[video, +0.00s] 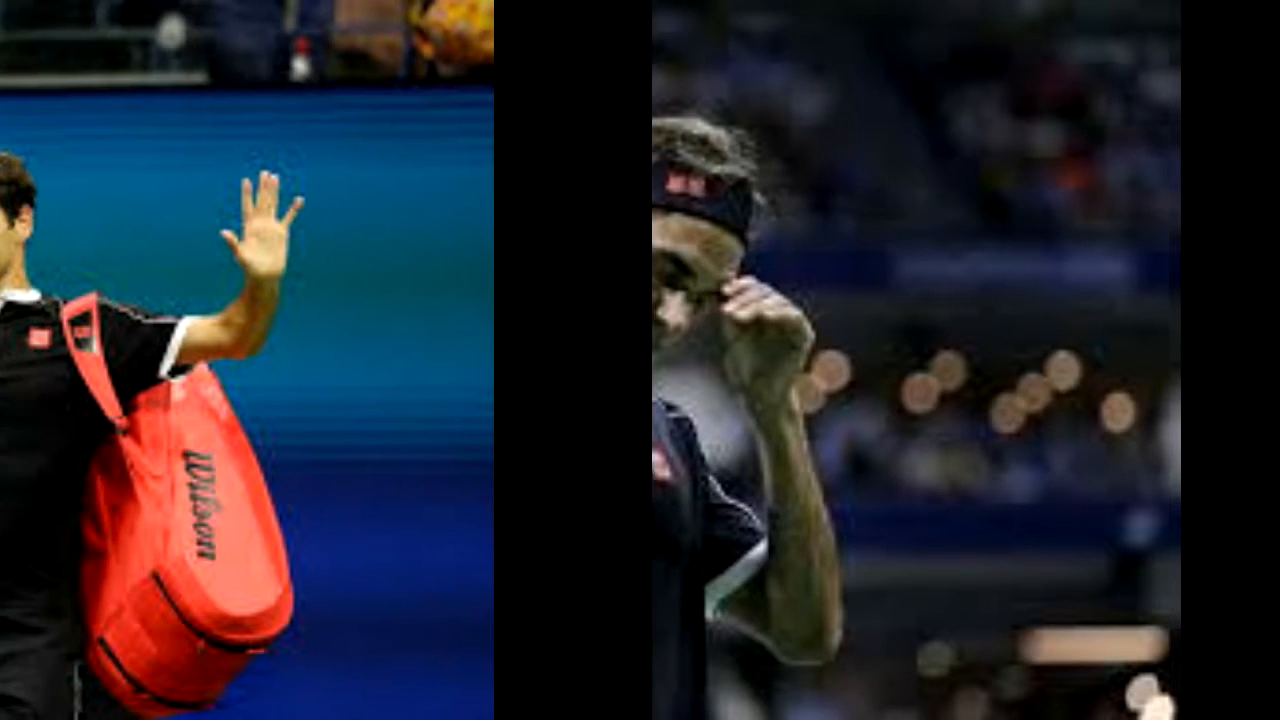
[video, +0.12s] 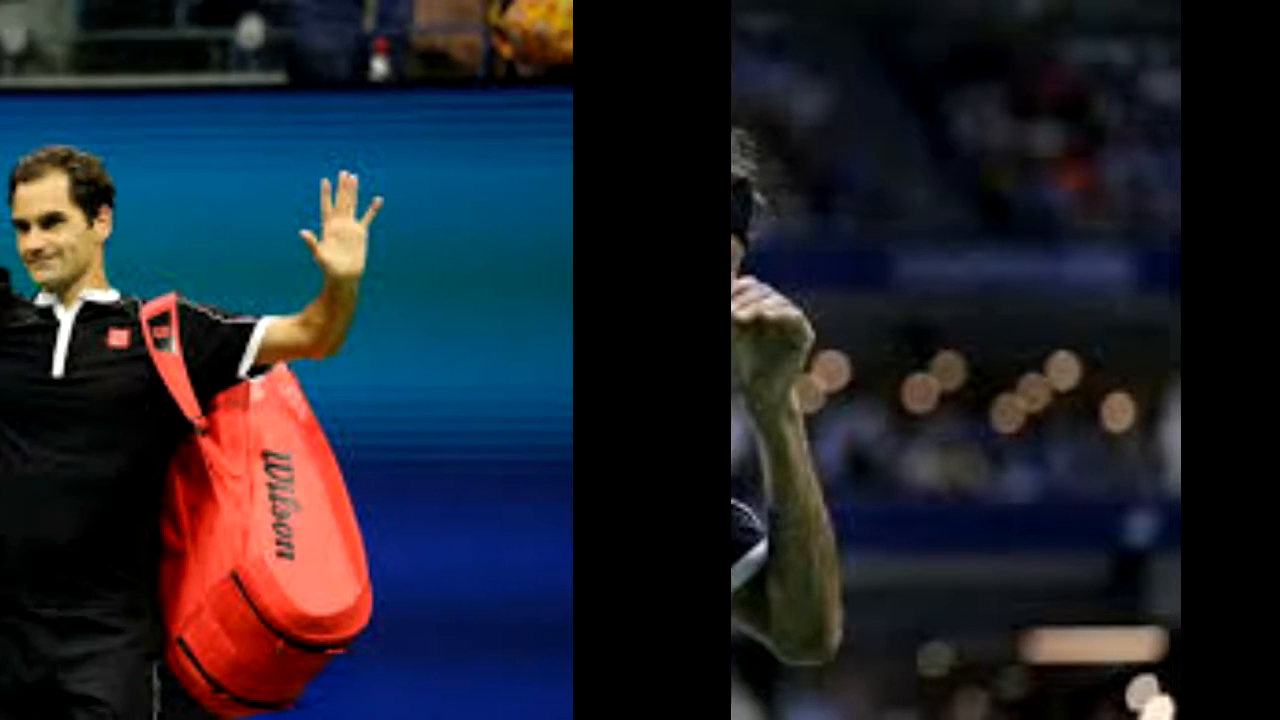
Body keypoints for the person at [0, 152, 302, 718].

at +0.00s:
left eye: (2, 215)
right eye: (3, 215)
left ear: (23, 221)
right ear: (20, 221)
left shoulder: (77, 332)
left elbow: (233, 335)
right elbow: (233, 334)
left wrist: (263, 283)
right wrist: (264, 283)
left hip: (31, 622)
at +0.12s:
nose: (33, 242)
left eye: (51, 223)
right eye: (22, 228)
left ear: (100, 223)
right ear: (13, 235)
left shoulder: (160, 329)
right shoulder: (8, 328)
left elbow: (313, 337)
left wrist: (341, 283)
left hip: (107, 623)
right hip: (9, 617)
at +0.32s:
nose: (165, 243)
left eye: (182, 223)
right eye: (153, 228)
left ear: (231, 223)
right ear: (143, 235)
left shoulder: (295, 330)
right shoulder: (111, 317)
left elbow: (445, 337)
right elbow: (5, 259)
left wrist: (473, 282)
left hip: (239, 626)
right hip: (129, 622)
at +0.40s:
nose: (218, 242)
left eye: (236, 222)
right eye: (205, 227)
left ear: (283, 223)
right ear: (195, 234)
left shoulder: (351, 331)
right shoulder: (166, 319)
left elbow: (497, 336)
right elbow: (38, 252)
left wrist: (525, 282)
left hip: (293, 628)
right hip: (181, 625)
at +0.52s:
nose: (294, 241)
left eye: (312, 224)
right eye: (283, 228)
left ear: (360, 224)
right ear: (273, 235)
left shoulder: (429, 329)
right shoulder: (242, 317)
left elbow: (574, 336)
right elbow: (111, 251)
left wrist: (603, 284)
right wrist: (42, 133)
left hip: (370, 626)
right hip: (256, 624)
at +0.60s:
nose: (347, 242)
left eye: (365, 224)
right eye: (336, 228)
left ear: (413, 225)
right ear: (327, 235)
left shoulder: (482, 329)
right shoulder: (295, 317)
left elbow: (628, 336)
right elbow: (164, 251)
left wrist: (656, 284)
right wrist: (95, 133)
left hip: (424, 627)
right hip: (310, 624)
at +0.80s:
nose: (477, 242)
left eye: (495, 224)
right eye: (466, 228)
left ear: (543, 225)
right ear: (456, 235)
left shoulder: (611, 329)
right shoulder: (424, 317)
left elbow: (757, 336)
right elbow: (294, 251)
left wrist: (786, 284)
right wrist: (225, 133)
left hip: (553, 628)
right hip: (439, 625)